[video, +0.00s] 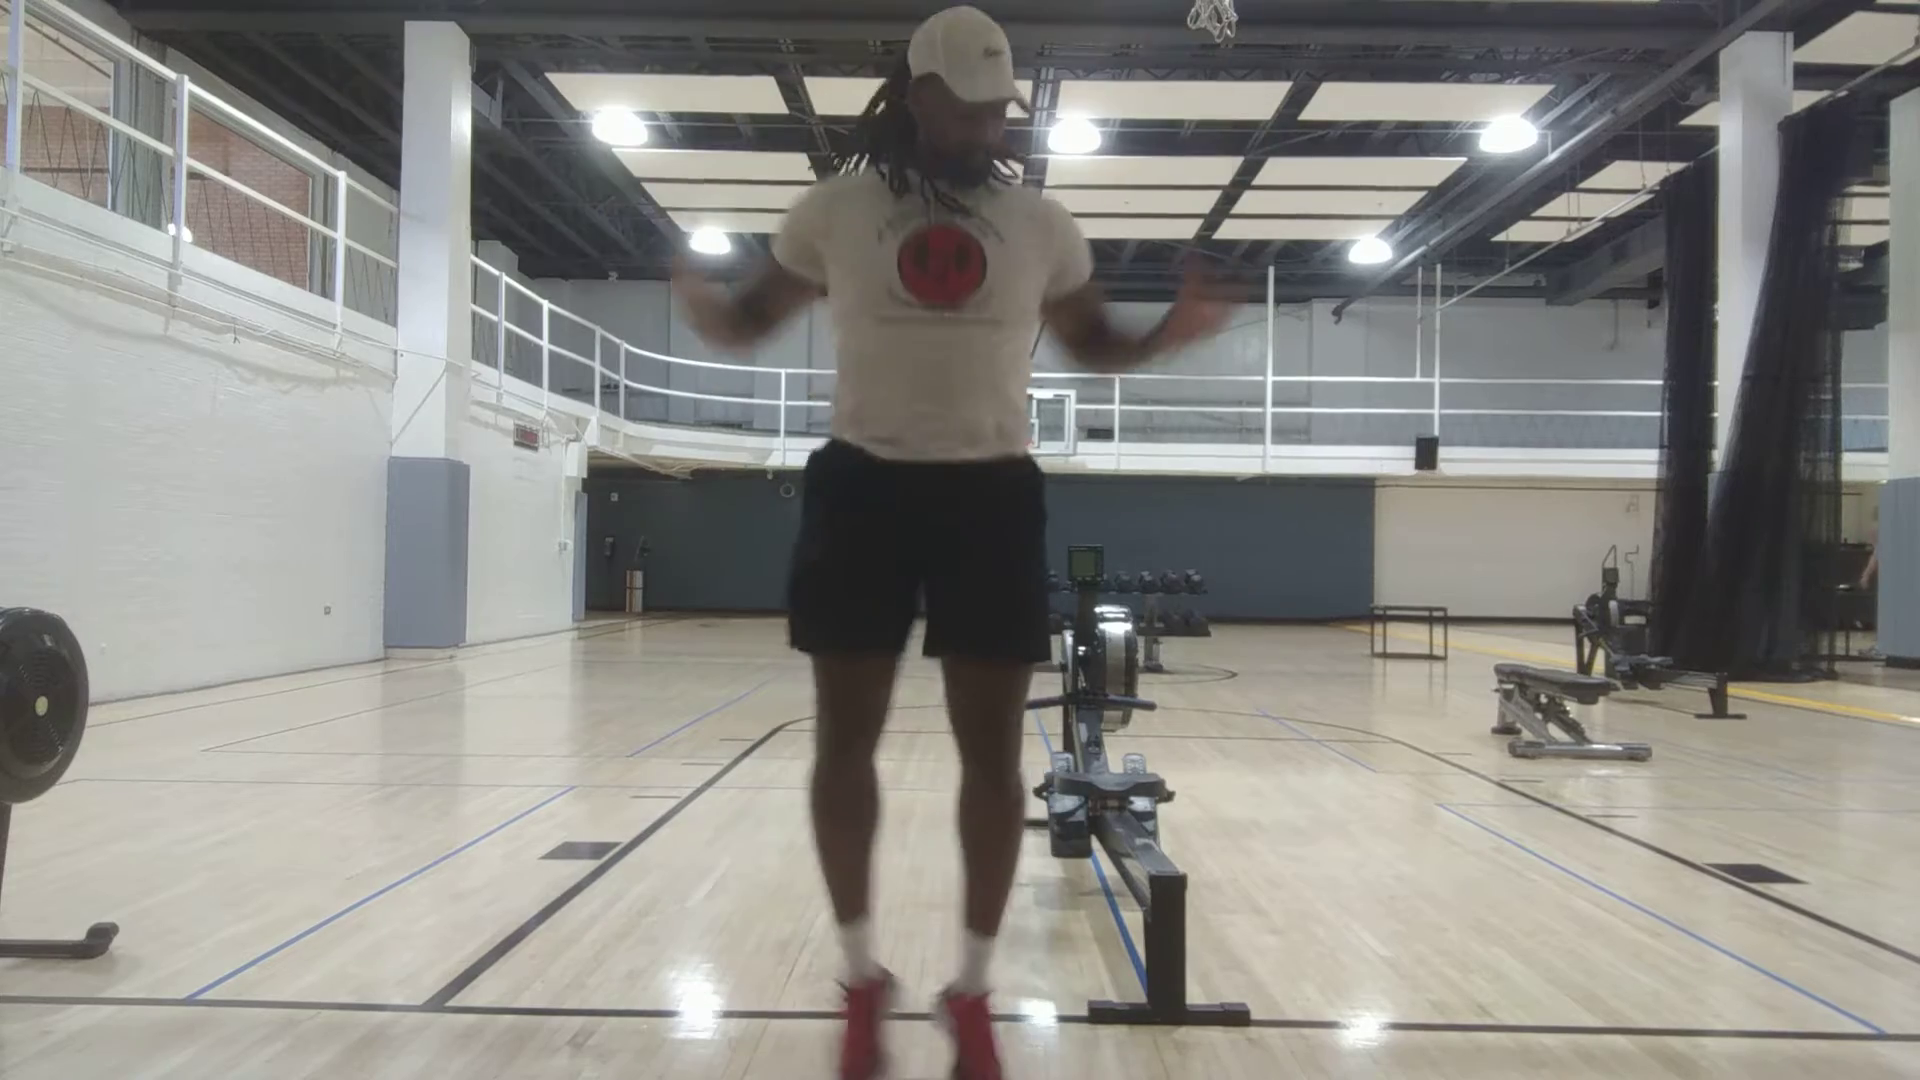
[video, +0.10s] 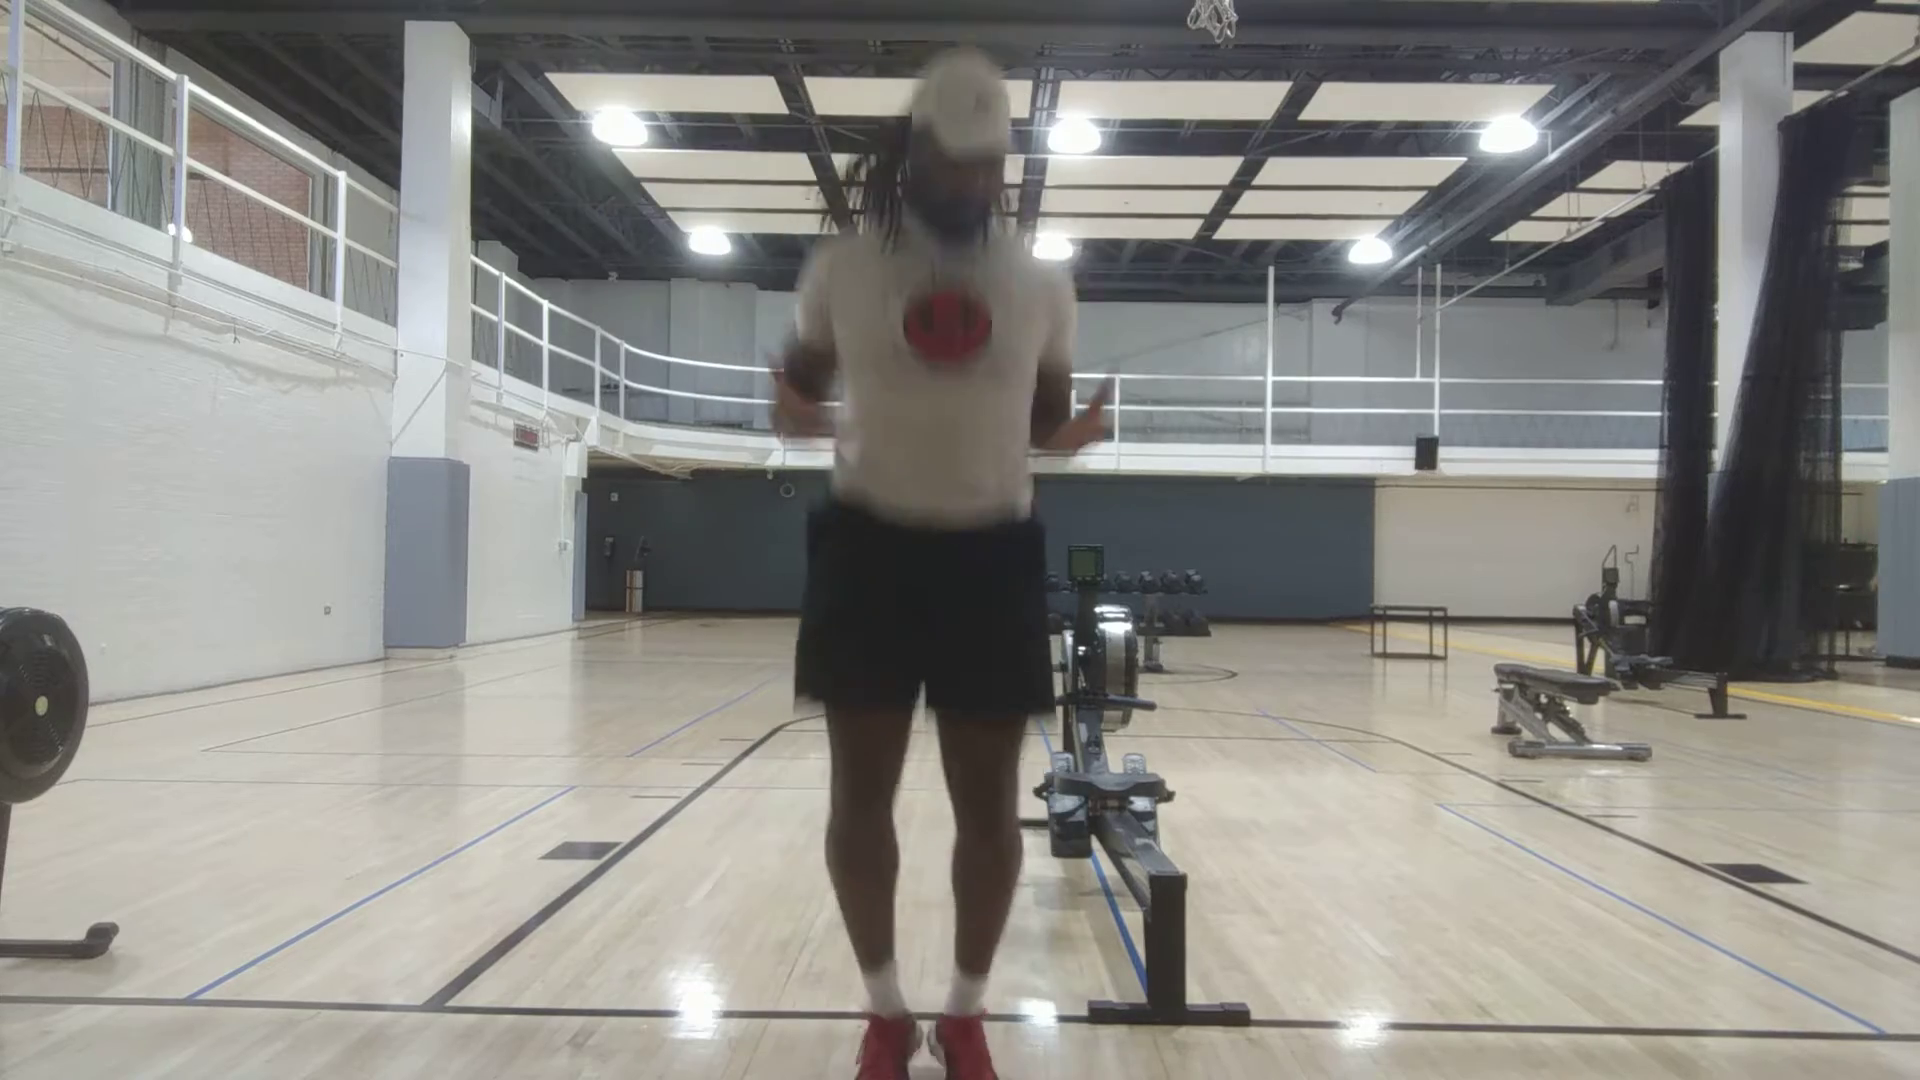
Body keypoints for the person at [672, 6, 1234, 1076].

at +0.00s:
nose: (988, 126)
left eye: (998, 106)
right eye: (968, 108)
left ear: (1007, 101)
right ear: (913, 98)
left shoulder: (1038, 215)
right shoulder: (838, 205)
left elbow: (1096, 346)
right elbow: (743, 325)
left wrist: (1171, 329)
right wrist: (697, 290)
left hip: (993, 499)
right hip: (861, 494)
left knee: (993, 753)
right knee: (845, 743)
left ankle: (970, 986)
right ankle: (862, 976)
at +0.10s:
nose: (976, 183)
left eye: (992, 163)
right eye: (957, 161)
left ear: (1011, 161)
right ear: (912, 153)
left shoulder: (1040, 283)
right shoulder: (845, 263)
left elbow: (1046, 428)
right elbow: (801, 393)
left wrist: (1073, 426)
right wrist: (806, 398)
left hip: (993, 551)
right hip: (869, 544)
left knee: (988, 804)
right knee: (860, 797)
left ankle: (964, 1011)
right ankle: (885, 1010)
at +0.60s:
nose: (960, 180)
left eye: (977, 163)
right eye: (943, 161)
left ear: (1004, 168)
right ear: (909, 165)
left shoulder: (1054, 252)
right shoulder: (848, 248)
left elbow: (1189, 219)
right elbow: (709, 213)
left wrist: (1123, 97)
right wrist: (749, 86)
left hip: (1012, 566)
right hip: (873, 558)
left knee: (1080, 806)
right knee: (772, 795)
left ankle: (1159, 1036)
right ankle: (677, 1021)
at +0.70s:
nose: (956, 230)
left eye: (972, 214)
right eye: (939, 213)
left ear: (998, 220)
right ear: (904, 223)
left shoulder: (1050, 300)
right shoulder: (842, 300)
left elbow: (1177, 241)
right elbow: (723, 229)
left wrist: (1039, 148)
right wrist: (829, 130)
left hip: (1012, 625)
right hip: (869, 620)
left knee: (1089, 854)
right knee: (768, 845)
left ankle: (1159, 1048)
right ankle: (678, 1042)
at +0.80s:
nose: (945, 175)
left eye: (962, 158)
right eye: (929, 157)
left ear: (991, 174)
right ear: (898, 171)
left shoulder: (1043, 281)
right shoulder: (840, 270)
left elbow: (1193, 268)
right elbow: (696, 241)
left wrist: (1186, 121)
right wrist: (715, 95)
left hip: (1008, 566)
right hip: (866, 562)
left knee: (1075, 796)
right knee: (771, 782)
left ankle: (1143, 1017)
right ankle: (692, 1012)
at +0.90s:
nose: (945, 103)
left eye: (962, 86)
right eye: (926, 85)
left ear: (989, 101)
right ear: (892, 99)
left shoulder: (1044, 215)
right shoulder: (839, 212)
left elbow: (1161, 299)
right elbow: (715, 285)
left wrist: (1246, 203)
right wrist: (644, 205)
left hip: (1001, 499)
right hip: (865, 495)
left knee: (1038, 752)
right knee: (809, 738)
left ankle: (1064, 997)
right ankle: (780, 982)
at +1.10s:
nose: (928, 133)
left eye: (946, 117)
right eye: (910, 116)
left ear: (973, 140)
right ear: (880, 137)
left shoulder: (1028, 279)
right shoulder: (829, 275)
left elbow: (1051, 417)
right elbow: (804, 424)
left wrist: (1051, 426)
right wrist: (799, 417)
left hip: (989, 557)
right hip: (863, 552)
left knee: (982, 820)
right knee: (857, 810)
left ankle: (957, 1030)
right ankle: (875, 1033)